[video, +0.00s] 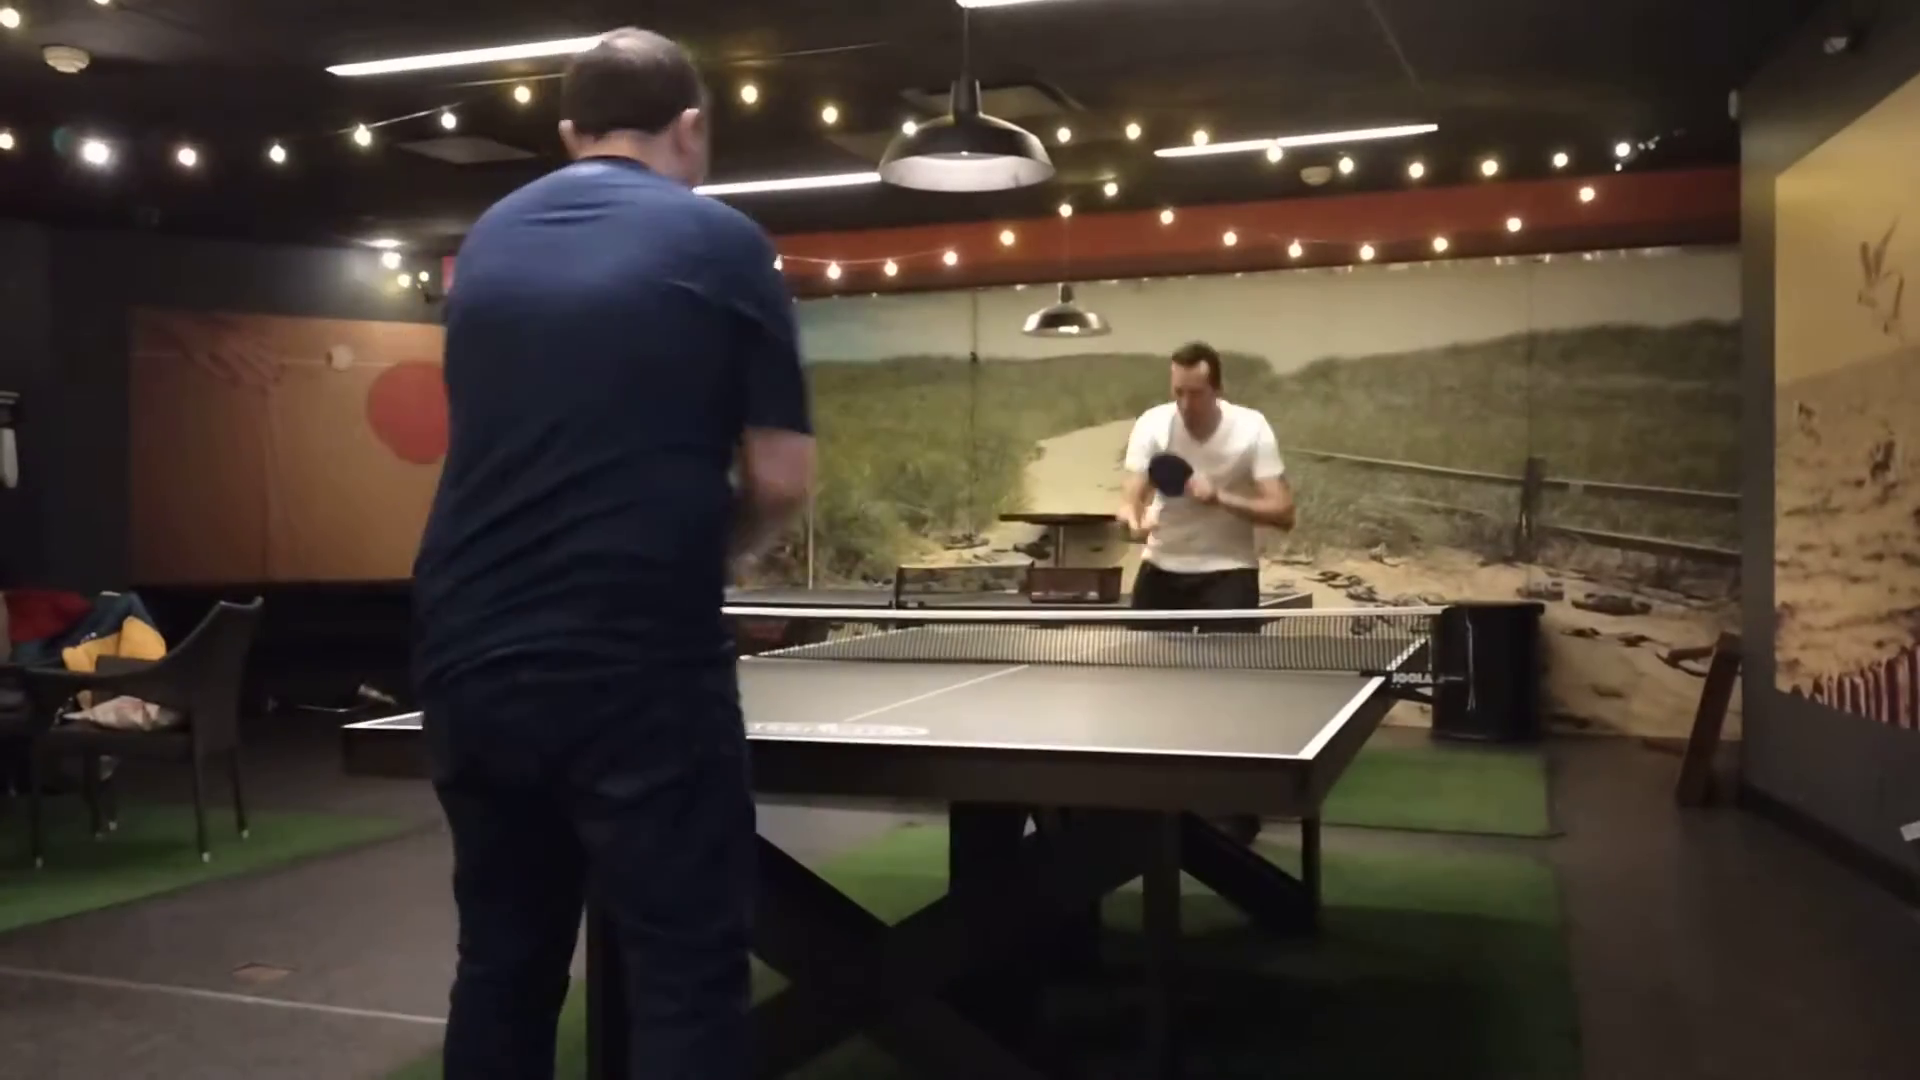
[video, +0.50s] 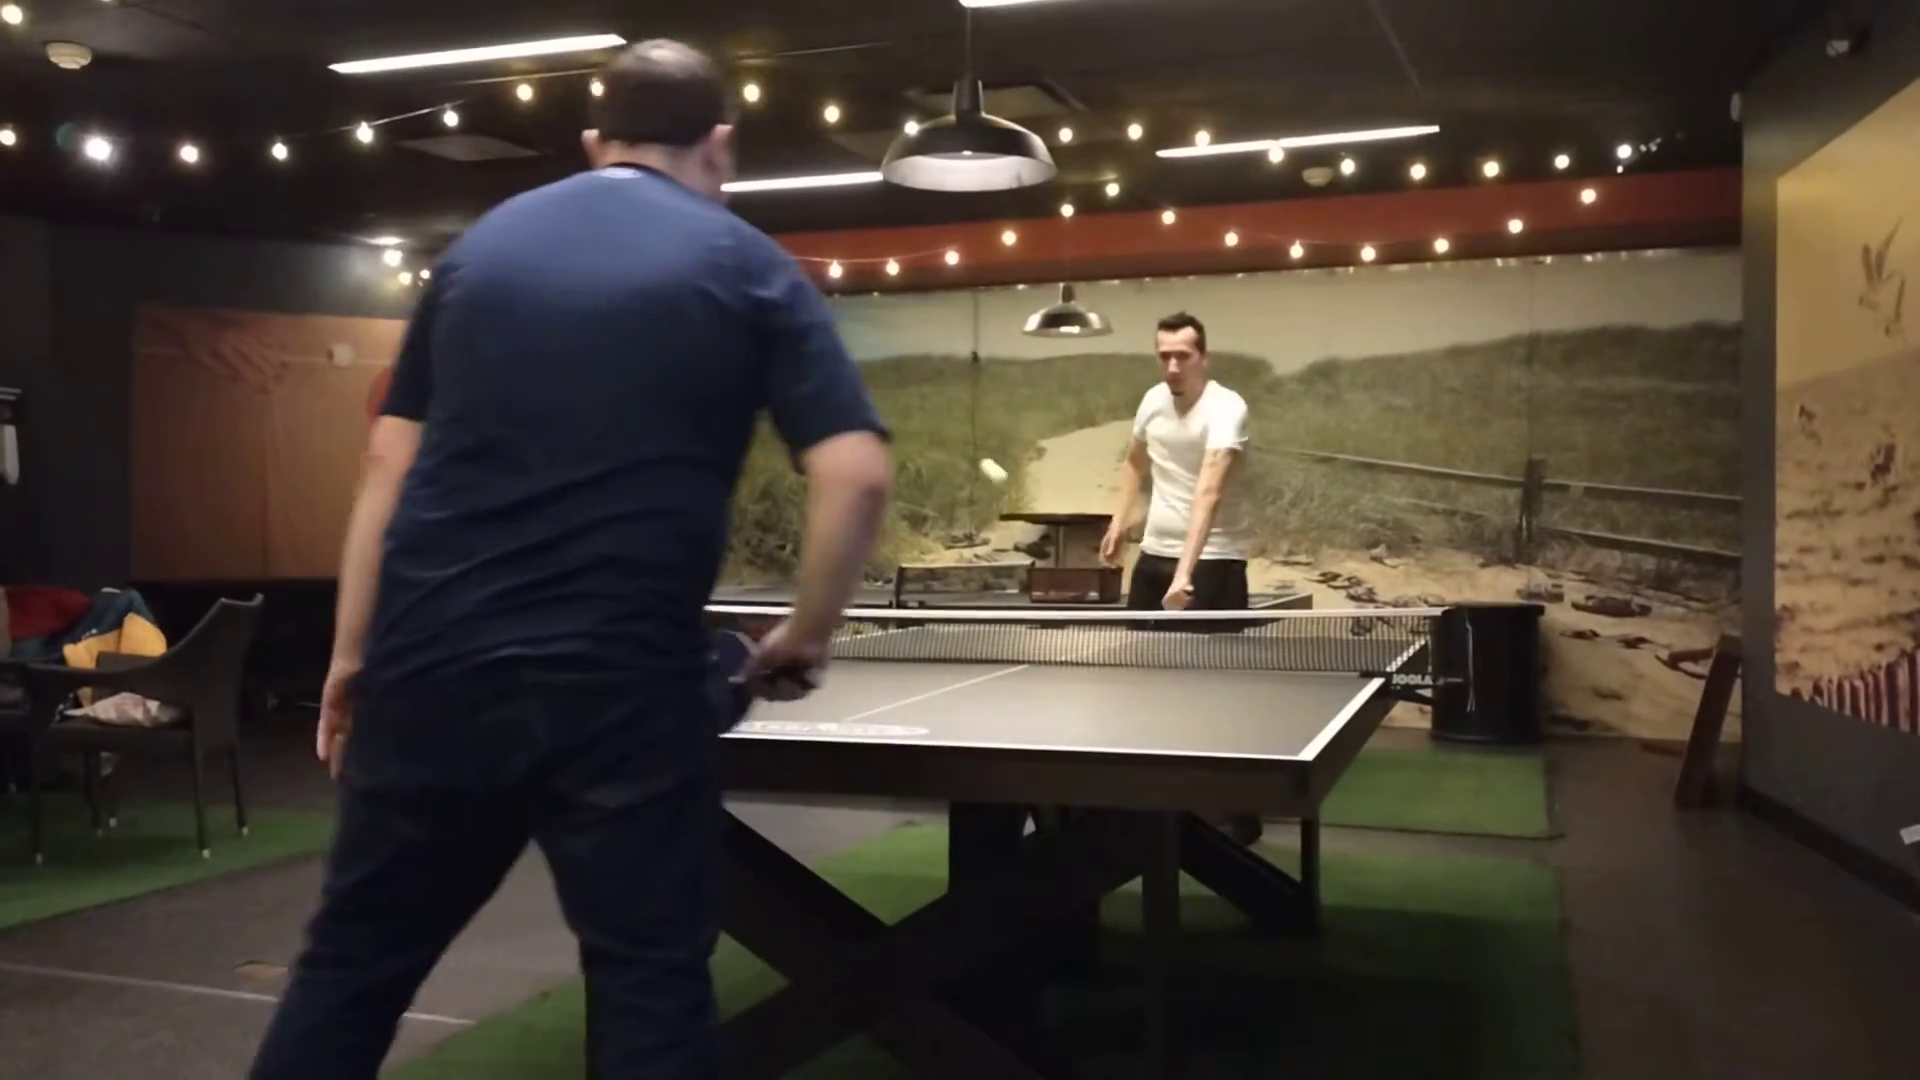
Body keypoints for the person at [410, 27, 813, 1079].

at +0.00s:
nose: (707, 155)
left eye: (704, 138)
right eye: (705, 137)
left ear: (570, 134)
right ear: (685, 130)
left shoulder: (488, 237)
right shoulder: (720, 237)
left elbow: (492, 429)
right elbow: (781, 475)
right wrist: (720, 535)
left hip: (477, 657)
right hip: (644, 661)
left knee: (503, 964)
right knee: (685, 975)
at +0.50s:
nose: (728, 172)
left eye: (727, 158)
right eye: (729, 155)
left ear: (593, 144)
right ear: (717, 146)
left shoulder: (481, 244)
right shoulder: (744, 258)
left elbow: (392, 458)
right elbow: (855, 472)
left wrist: (349, 657)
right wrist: (804, 636)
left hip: (430, 683)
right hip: (627, 695)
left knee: (348, 971)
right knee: (650, 996)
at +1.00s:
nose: (475, 161)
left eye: (475, 145)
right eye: (476, 141)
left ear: (334, 127)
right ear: (452, 132)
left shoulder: (226, 238)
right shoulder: (493, 227)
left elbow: (143, 476)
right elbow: (670, 422)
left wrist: (144, 676)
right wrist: (621, 518)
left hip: (252, 691)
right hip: (458, 678)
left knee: (247, 1005)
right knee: (567, 981)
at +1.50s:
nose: (555, 157)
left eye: (551, 142)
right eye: (554, 140)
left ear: (413, 133)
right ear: (534, 130)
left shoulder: (305, 239)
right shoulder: (588, 235)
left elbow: (211, 463)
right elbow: (750, 416)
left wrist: (174, 667)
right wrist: (685, 550)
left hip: (337, 685)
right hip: (544, 678)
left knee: (294, 1011)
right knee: (580, 1013)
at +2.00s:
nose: (673, 148)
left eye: (676, 127)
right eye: (673, 125)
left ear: (540, 113)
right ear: (649, 115)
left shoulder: (427, 220)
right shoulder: (659, 228)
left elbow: (339, 424)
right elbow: (687, 411)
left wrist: (362, 578)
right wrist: (740, 606)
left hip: (380, 650)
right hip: (565, 668)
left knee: (326, 980)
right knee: (595, 998)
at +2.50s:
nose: (662, 128)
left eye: (660, 107)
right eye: (663, 105)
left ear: (523, 102)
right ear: (635, 96)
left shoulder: (400, 224)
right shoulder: (662, 231)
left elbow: (336, 432)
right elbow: (730, 440)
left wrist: (384, 576)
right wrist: (761, 624)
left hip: (410, 649)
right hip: (590, 663)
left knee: (411, 957)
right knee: (602, 981)